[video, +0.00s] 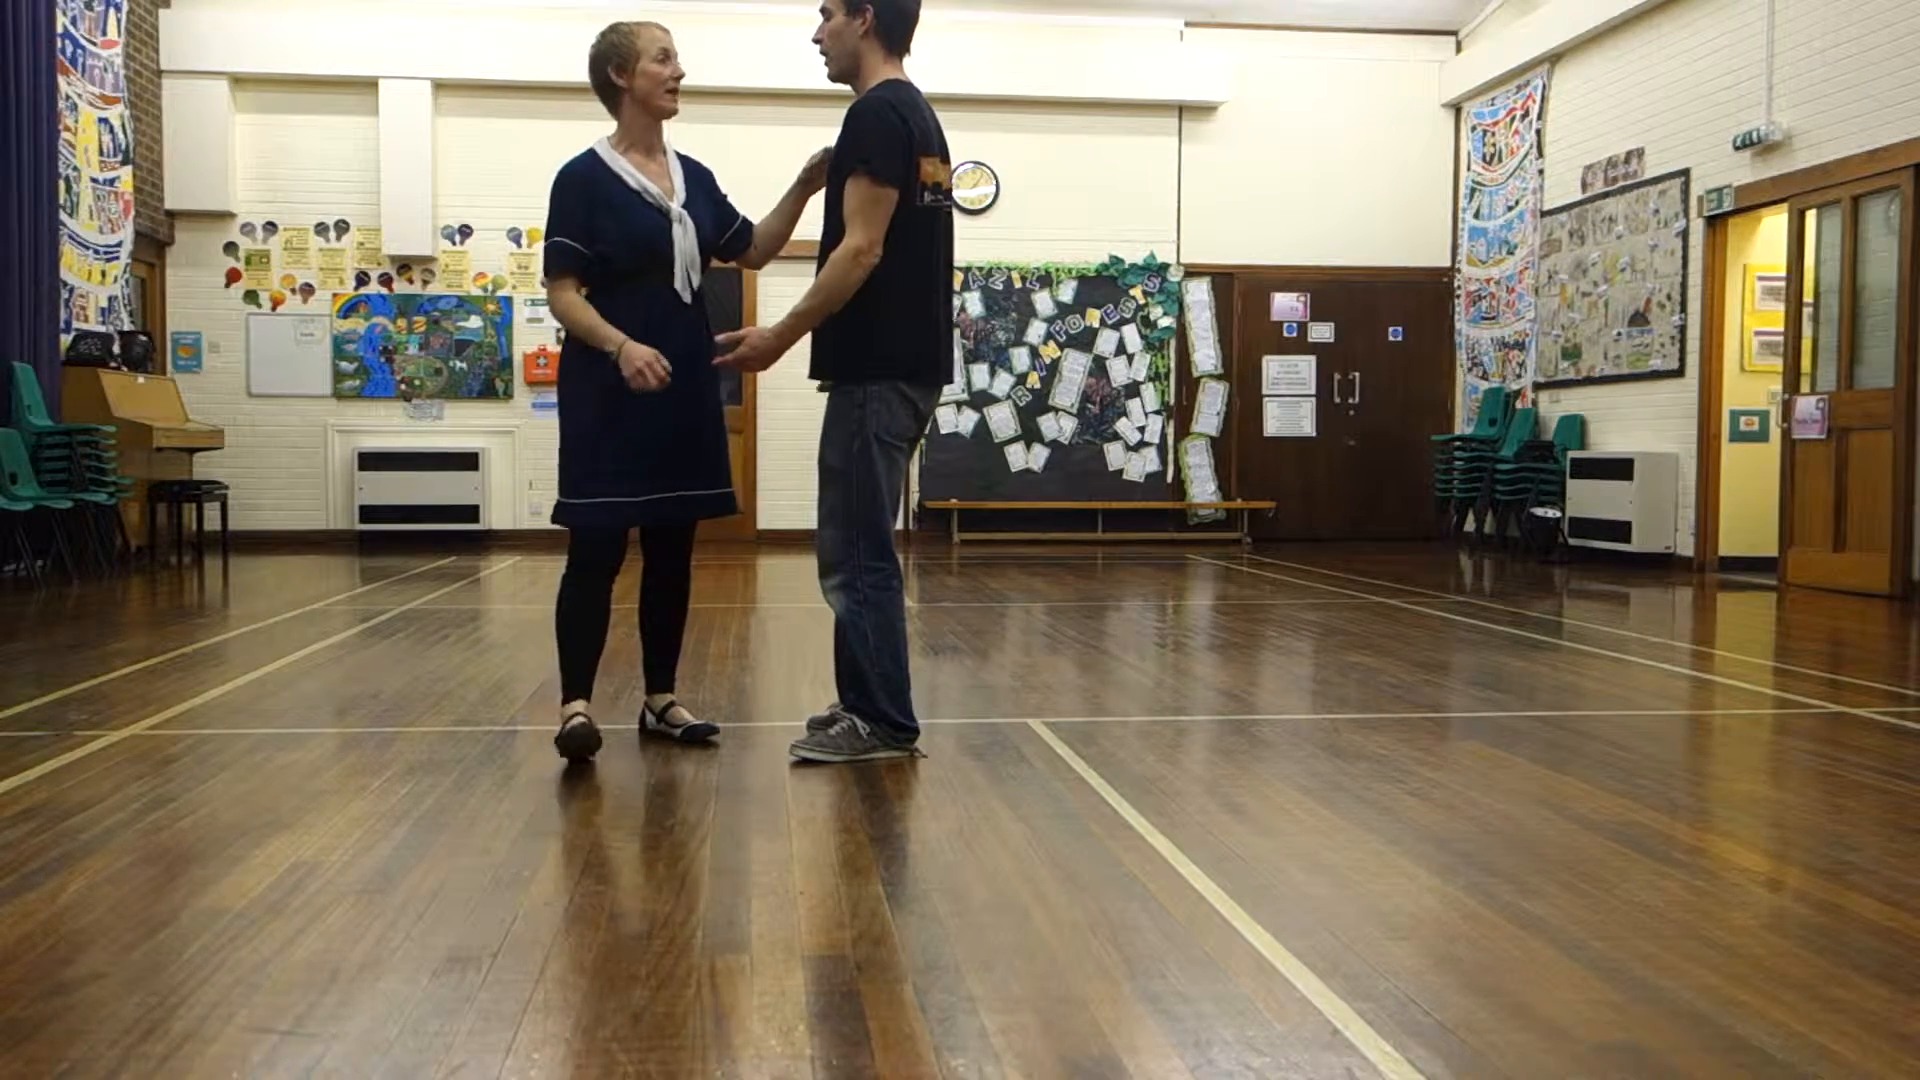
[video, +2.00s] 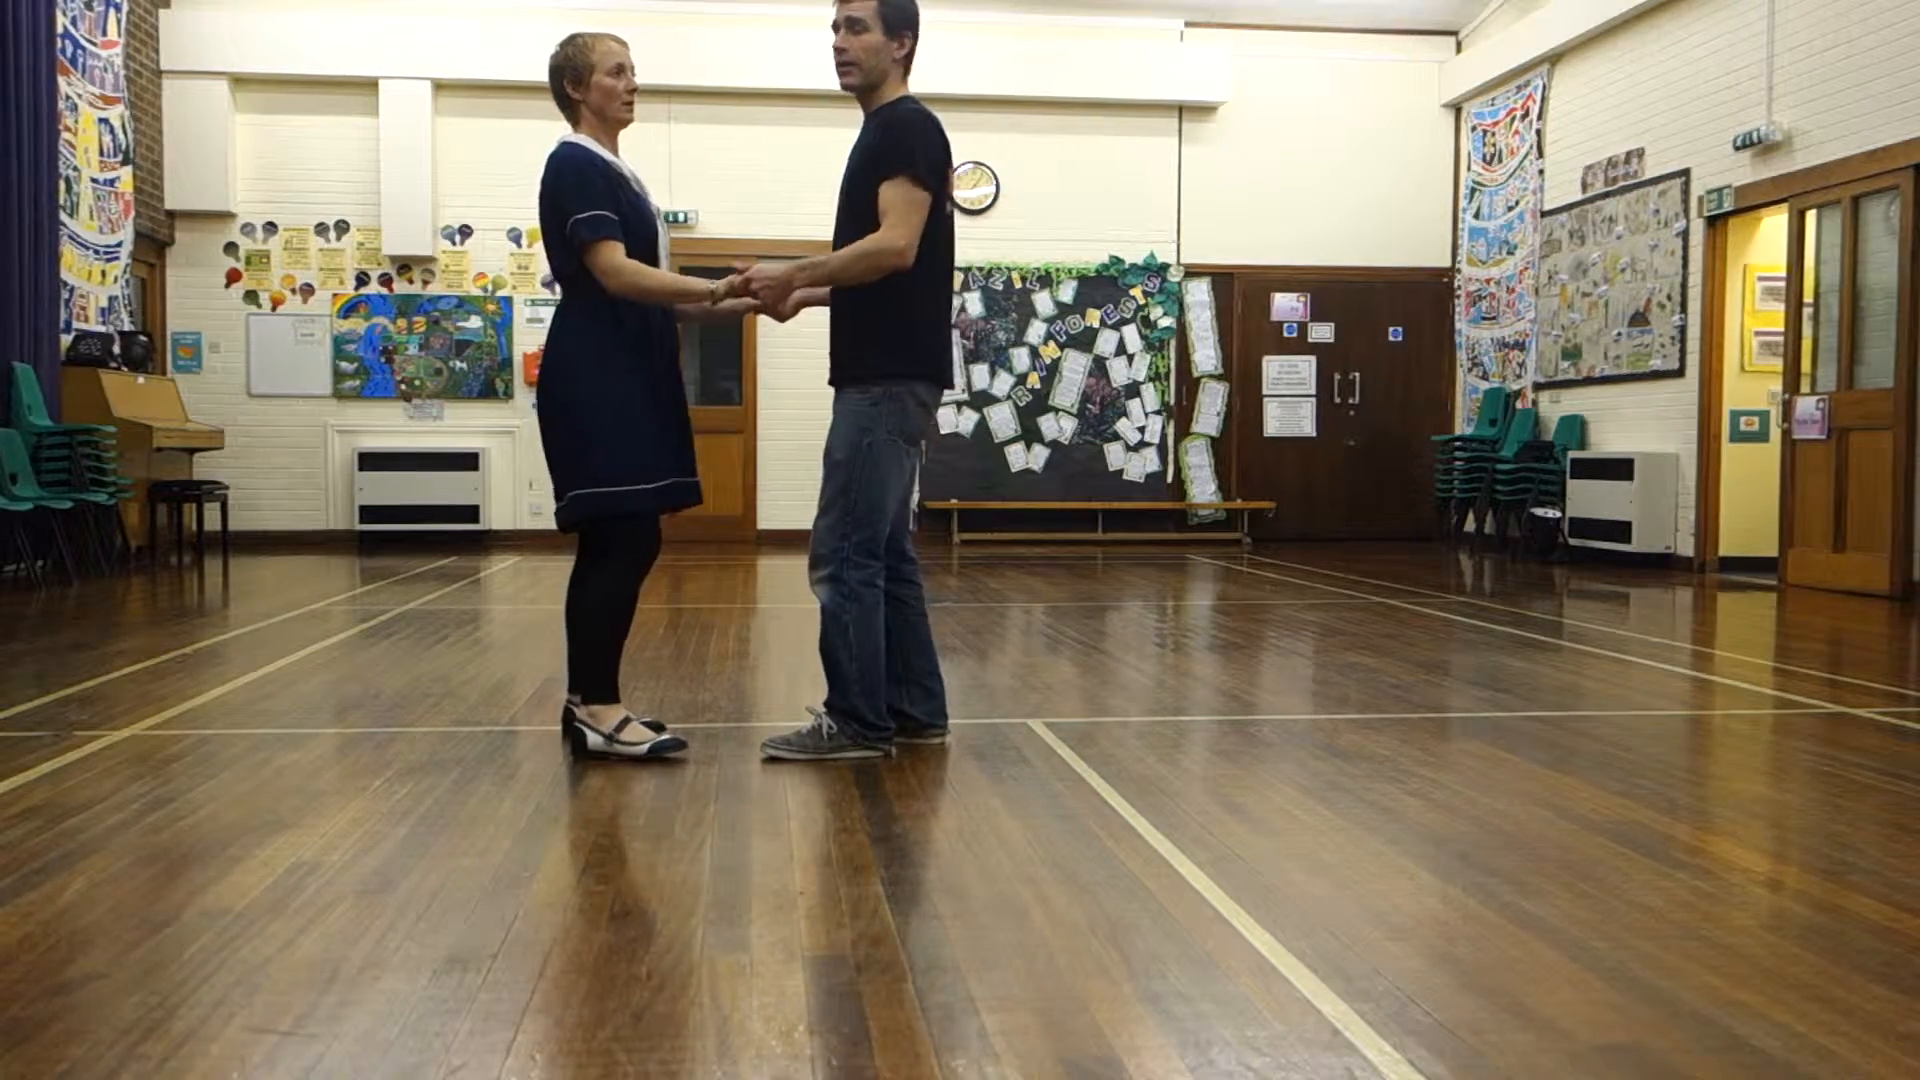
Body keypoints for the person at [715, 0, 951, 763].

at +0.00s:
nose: (817, 33)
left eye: (826, 17)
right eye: (820, 18)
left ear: (863, 21)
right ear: (874, 26)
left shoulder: (880, 110)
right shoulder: (910, 112)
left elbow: (862, 247)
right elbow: (875, 250)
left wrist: (780, 333)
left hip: (877, 371)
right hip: (895, 367)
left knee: (856, 553)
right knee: (859, 548)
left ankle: (883, 720)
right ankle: (869, 707)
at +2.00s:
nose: (838, 42)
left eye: (854, 29)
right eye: (836, 30)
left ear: (902, 45)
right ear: (848, 45)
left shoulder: (906, 127)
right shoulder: (883, 132)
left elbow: (897, 245)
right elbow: (876, 255)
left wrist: (799, 275)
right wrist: (802, 285)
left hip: (887, 380)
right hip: (883, 376)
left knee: (844, 555)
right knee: (884, 551)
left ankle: (856, 721)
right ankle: (915, 708)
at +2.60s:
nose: (847, 48)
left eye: (863, 36)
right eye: (845, 36)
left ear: (907, 52)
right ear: (849, 51)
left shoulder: (925, 131)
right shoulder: (874, 146)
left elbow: (942, 245)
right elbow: (874, 262)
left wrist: (846, 286)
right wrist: (819, 296)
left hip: (907, 376)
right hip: (881, 375)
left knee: (853, 549)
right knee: (879, 550)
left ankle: (881, 714)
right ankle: (915, 710)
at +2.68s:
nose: (856, 45)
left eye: (873, 32)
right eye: (850, 32)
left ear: (913, 50)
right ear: (844, 48)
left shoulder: (930, 129)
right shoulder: (858, 154)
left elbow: (948, 244)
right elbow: (855, 271)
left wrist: (857, 281)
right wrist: (776, 311)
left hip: (913, 375)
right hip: (875, 375)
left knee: (870, 555)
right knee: (871, 553)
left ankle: (912, 714)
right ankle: (899, 707)